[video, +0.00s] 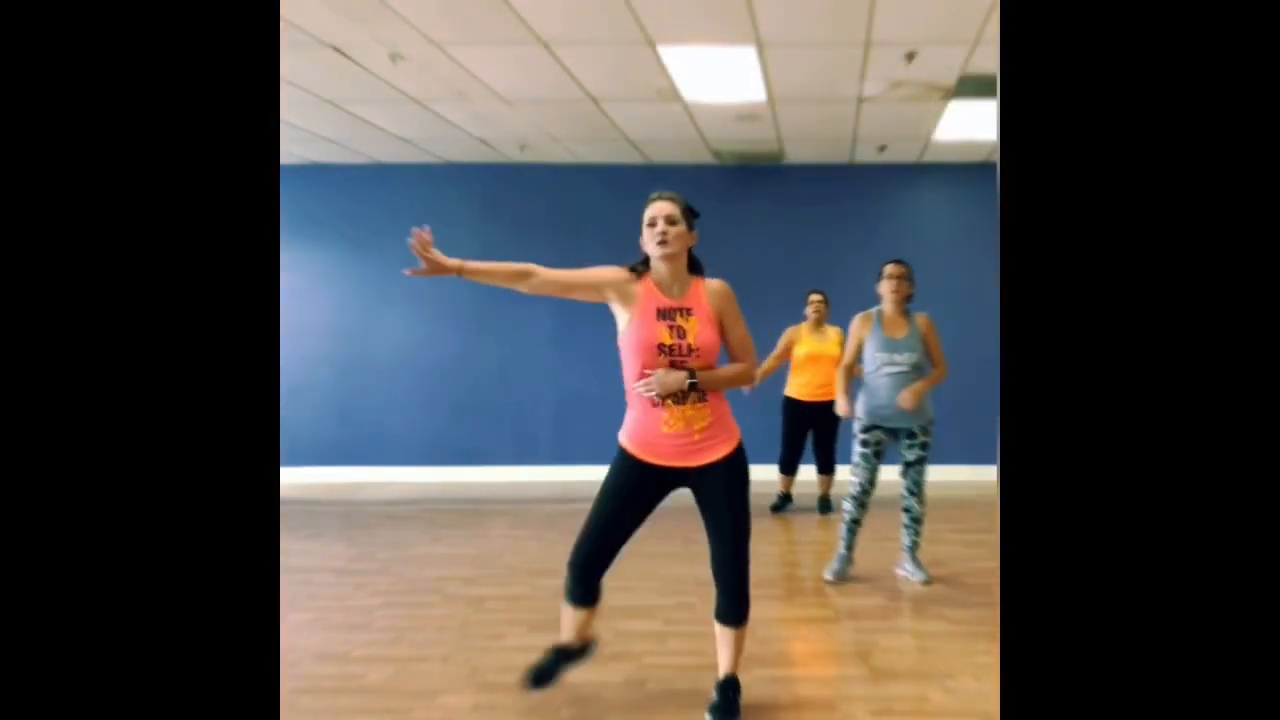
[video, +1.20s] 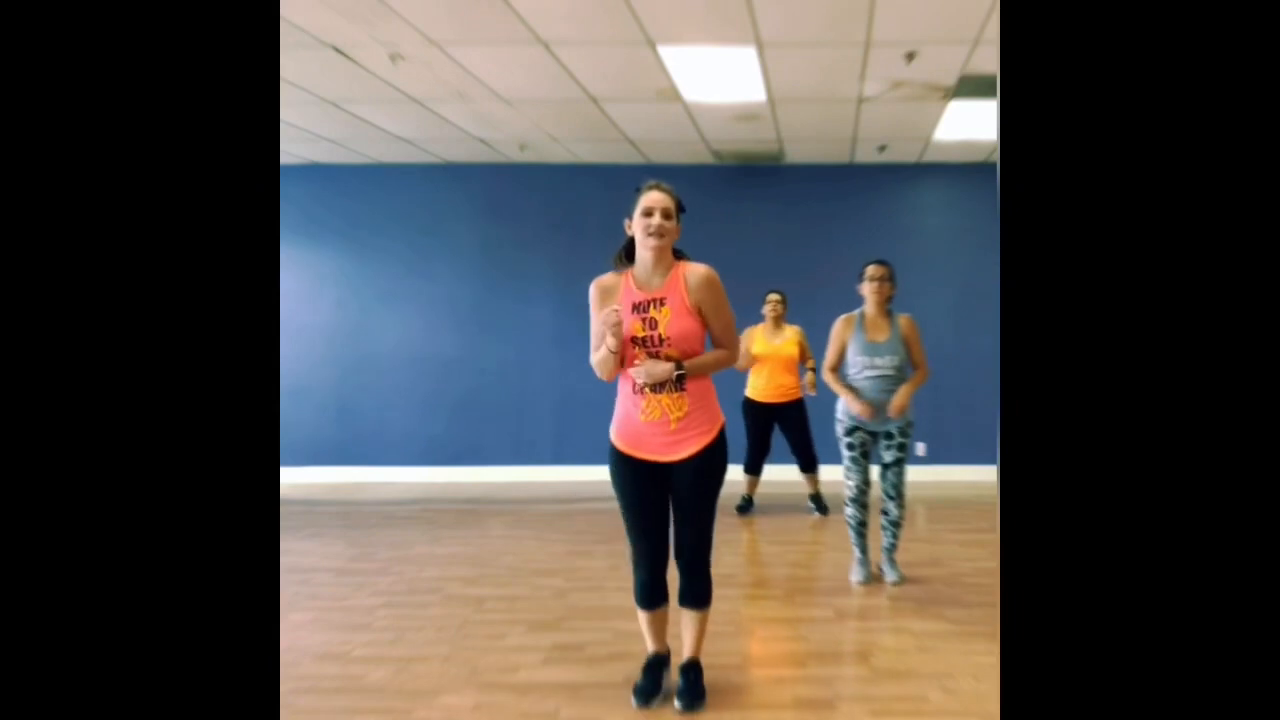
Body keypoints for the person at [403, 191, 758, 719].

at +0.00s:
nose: (662, 230)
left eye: (672, 222)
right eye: (653, 224)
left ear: (692, 235)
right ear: (643, 237)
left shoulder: (716, 294)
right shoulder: (622, 286)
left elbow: (749, 369)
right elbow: (532, 278)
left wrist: (689, 377)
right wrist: (453, 266)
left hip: (716, 454)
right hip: (645, 454)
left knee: (732, 575)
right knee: (584, 563)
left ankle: (728, 685)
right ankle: (574, 643)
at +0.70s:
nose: (624, 234)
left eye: (634, 227)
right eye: (615, 227)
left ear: (650, 237)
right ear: (602, 238)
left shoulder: (677, 297)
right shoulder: (585, 301)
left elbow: (702, 372)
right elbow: (515, 338)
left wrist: (646, 383)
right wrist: (474, 282)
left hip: (652, 457)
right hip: (582, 449)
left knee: (665, 574)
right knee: (563, 562)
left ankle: (686, 668)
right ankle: (532, 669)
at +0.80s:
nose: (637, 227)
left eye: (647, 219)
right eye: (628, 219)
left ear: (662, 230)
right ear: (613, 231)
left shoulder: (685, 281)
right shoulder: (595, 298)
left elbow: (718, 355)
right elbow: (564, 368)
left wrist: (658, 371)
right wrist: (545, 311)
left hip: (670, 445)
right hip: (602, 442)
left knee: (673, 569)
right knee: (567, 559)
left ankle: (687, 669)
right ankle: (538, 669)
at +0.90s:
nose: (644, 223)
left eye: (655, 216)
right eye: (636, 215)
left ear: (668, 228)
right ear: (621, 227)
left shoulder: (688, 274)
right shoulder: (603, 293)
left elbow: (728, 346)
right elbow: (599, 376)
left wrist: (665, 365)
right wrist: (578, 323)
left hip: (685, 437)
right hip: (620, 435)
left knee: (683, 559)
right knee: (572, 541)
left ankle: (687, 665)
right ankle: (576, 648)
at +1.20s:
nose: (656, 222)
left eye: (666, 215)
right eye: (647, 214)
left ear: (678, 226)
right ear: (630, 224)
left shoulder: (699, 280)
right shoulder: (606, 289)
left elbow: (729, 352)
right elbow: (604, 371)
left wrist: (676, 367)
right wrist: (608, 346)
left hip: (697, 439)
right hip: (633, 442)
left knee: (692, 556)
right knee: (647, 557)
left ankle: (691, 664)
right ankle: (656, 657)